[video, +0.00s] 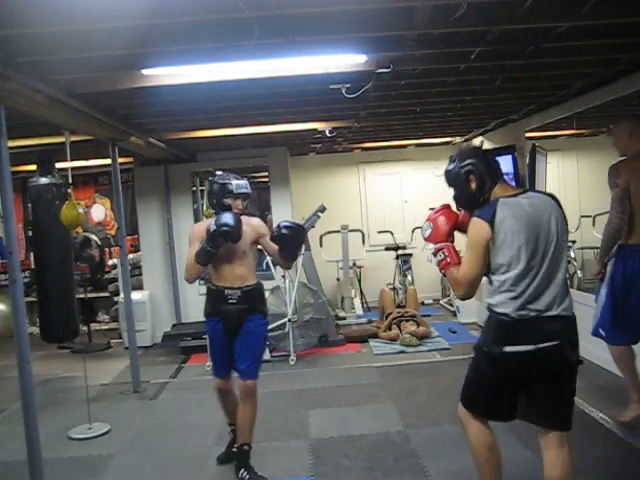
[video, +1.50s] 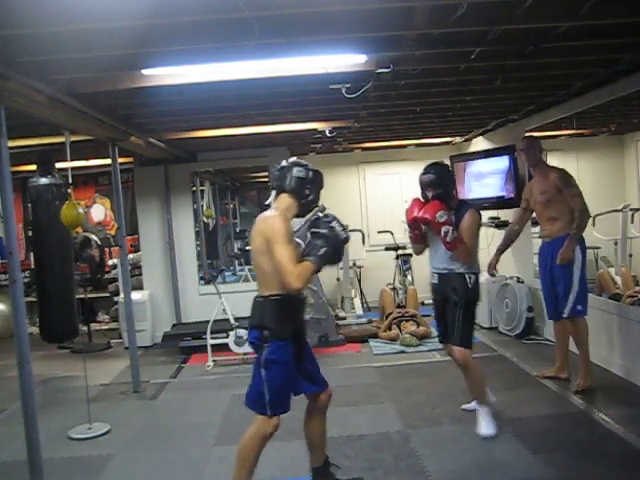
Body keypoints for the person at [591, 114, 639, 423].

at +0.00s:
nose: (611, 135)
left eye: (614, 129)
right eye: (612, 129)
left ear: (629, 131)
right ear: (630, 132)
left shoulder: (623, 169)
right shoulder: (624, 169)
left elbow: (618, 221)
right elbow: (618, 220)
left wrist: (601, 258)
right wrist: (603, 258)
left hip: (629, 255)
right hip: (628, 254)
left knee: (615, 328)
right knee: (615, 328)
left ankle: (634, 396)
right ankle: (633, 395)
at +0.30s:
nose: (580, 153)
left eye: (583, 146)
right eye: (580, 146)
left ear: (599, 144)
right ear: (604, 144)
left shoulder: (593, 181)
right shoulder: (634, 173)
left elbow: (596, 230)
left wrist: (584, 267)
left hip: (612, 258)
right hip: (635, 253)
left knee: (609, 325)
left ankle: (607, 387)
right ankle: (608, 385)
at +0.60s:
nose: (552, 155)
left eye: (555, 149)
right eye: (551, 149)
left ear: (570, 147)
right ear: (575, 146)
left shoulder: (567, 182)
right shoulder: (610, 175)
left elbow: (557, 230)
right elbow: (623, 224)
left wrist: (544, 260)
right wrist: (629, 262)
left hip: (581, 254)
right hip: (610, 251)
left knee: (595, 324)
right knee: (613, 322)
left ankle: (604, 387)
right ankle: (629, 375)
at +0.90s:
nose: (543, 155)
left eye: (546, 149)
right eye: (542, 150)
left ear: (560, 148)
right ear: (563, 150)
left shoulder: (563, 180)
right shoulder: (586, 177)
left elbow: (554, 227)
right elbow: (596, 223)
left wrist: (529, 248)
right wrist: (596, 257)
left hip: (570, 247)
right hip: (586, 246)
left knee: (583, 313)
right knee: (568, 306)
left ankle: (603, 382)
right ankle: (562, 361)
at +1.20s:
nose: (534, 153)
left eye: (538, 148)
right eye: (532, 149)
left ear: (548, 150)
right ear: (531, 152)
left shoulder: (560, 175)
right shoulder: (542, 177)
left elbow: (575, 215)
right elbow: (545, 219)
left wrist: (556, 248)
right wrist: (538, 250)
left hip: (565, 245)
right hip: (548, 246)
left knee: (573, 310)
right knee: (554, 310)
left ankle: (601, 373)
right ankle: (559, 366)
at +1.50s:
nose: (524, 156)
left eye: (528, 150)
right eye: (522, 151)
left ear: (540, 151)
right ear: (521, 155)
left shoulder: (559, 176)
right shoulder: (529, 188)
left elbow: (583, 212)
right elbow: (517, 224)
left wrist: (571, 244)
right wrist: (498, 253)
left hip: (569, 246)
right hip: (547, 248)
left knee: (572, 312)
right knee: (556, 313)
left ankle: (585, 372)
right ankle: (560, 367)